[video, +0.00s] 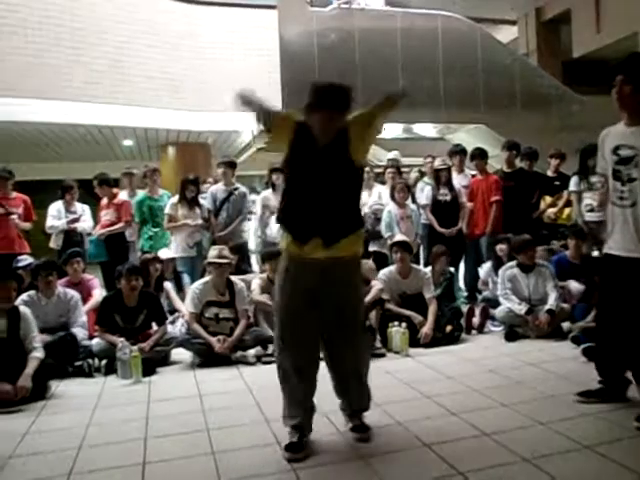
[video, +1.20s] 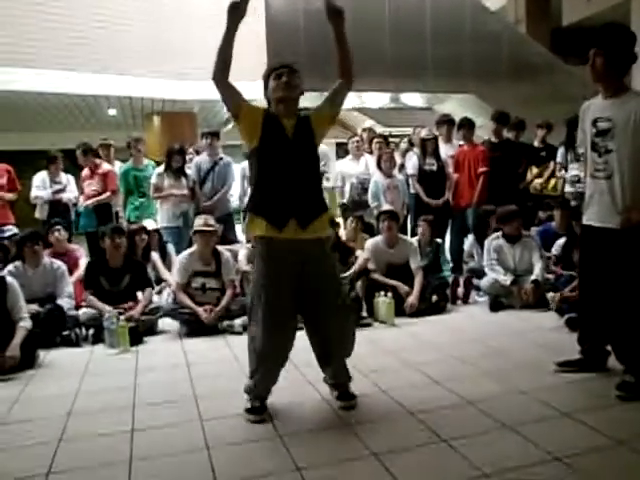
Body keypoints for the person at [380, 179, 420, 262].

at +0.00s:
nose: (401, 195)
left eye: (404, 192)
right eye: (398, 192)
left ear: (408, 194)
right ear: (393, 194)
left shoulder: (413, 209)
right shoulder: (389, 210)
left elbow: (418, 225)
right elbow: (385, 227)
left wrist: (416, 240)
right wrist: (392, 239)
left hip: (413, 243)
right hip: (396, 243)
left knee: (413, 269)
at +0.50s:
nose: (395, 190)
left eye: (397, 187)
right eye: (392, 187)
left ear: (401, 188)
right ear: (386, 189)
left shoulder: (407, 205)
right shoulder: (381, 205)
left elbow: (411, 222)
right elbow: (378, 223)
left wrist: (409, 236)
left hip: (405, 239)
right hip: (388, 238)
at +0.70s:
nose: (387, 190)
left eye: (390, 186)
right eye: (384, 186)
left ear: (393, 188)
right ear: (378, 188)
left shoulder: (398, 206)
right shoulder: (374, 205)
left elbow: (403, 222)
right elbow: (369, 222)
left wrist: (401, 234)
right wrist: (374, 234)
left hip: (396, 238)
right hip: (380, 237)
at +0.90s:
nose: (386, 164)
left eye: (388, 160)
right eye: (383, 161)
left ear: (392, 162)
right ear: (377, 163)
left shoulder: (398, 180)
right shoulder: (373, 180)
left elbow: (403, 196)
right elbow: (369, 198)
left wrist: (401, 208)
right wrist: (373, 209)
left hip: (396, 212)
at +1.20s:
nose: (388, 164)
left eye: (391, 161)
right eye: (385, 161)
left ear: (394, 163)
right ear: (380, 163)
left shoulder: (401, 179)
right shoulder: (376, 180)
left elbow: (406, 196)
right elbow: (372, 199)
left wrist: (404, 210)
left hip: (400, 213)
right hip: (384, 213)